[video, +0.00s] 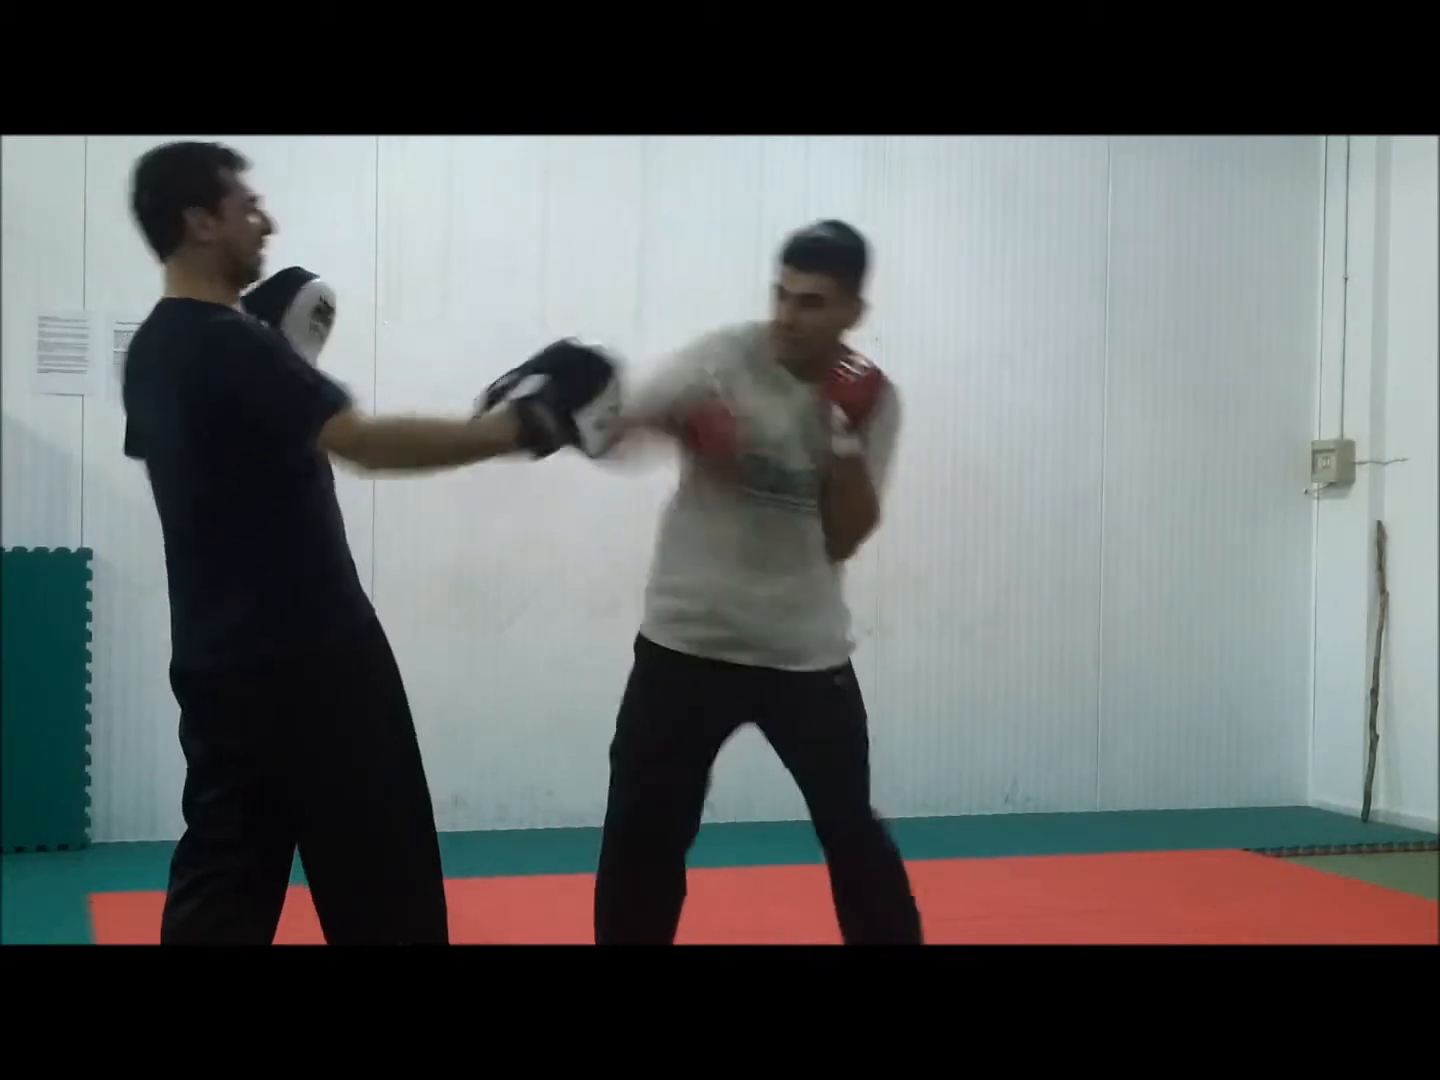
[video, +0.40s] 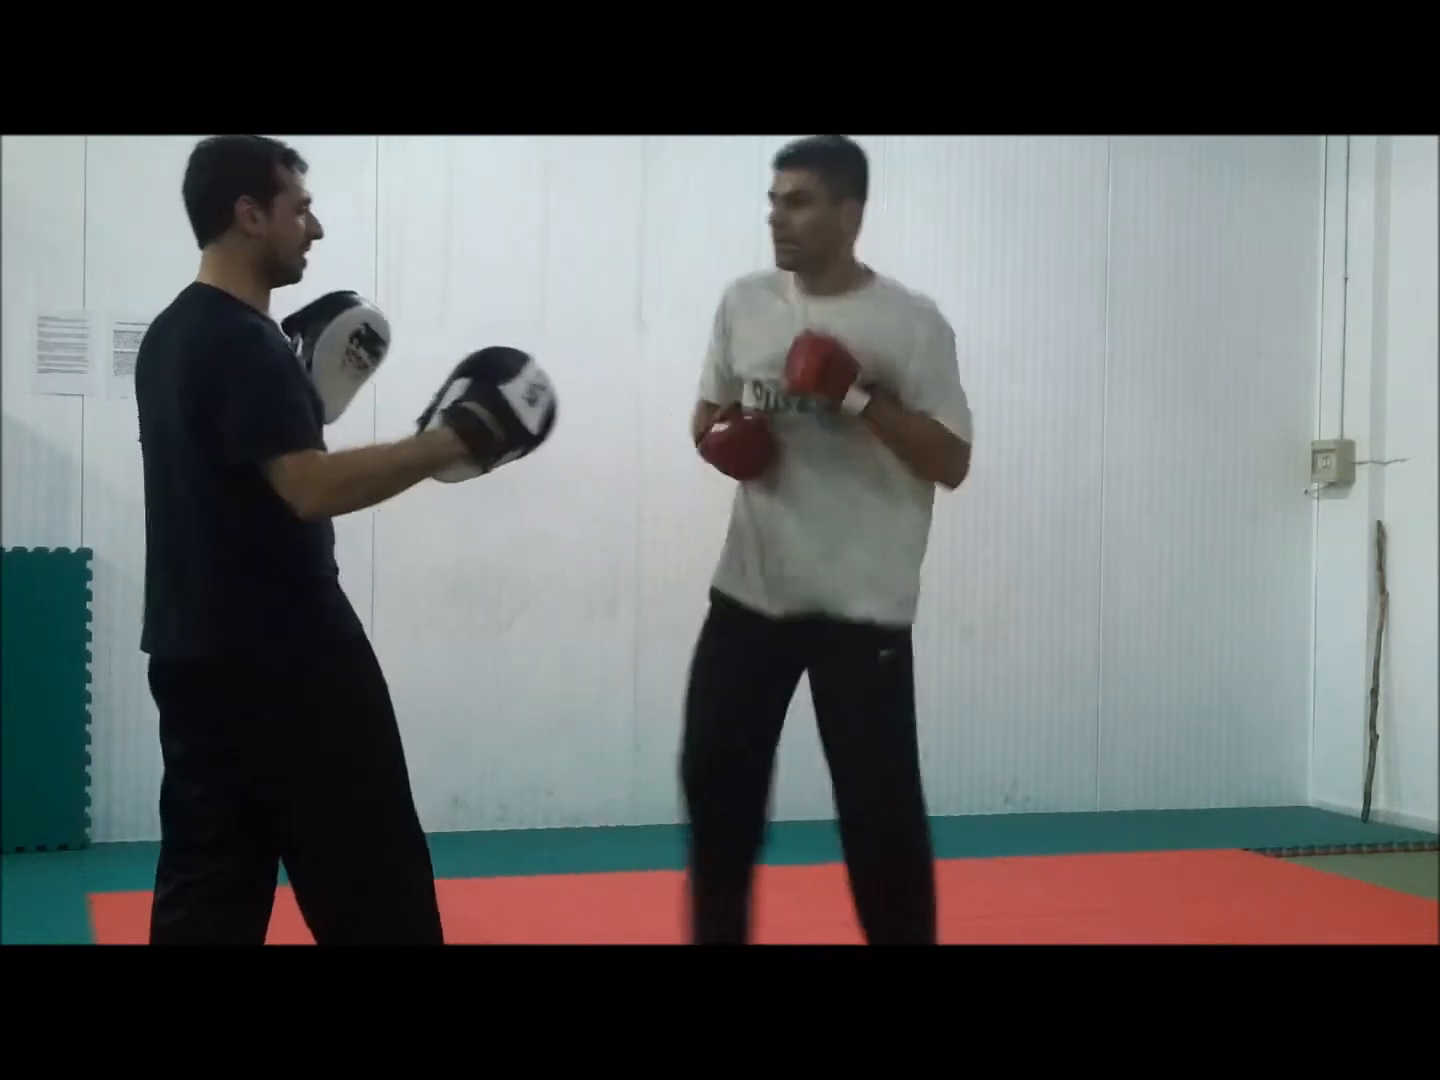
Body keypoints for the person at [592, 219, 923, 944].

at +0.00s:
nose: (789, 316)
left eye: (813, 302)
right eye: (783, 295)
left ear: (855, 310)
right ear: (773, 291)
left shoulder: (869, 399)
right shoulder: (721, 358)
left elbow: (844, 538)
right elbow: (604, 426)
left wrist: (846, 427)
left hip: (806, 659)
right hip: (687, 648)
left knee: (854, 839)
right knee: (638, 850)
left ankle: (894, 946)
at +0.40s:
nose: (778, 218)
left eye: (798, 202)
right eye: (773, 202)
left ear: (851, 211)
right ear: (770, 210)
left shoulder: (913, 323)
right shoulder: (745, 304)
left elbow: (951, 462)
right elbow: (712, 408)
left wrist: (861, 396)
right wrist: (721, 437)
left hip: (864, 603)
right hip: (752, 593)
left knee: (881, 812)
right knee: (717, 790)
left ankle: (904, 942)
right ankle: (717, 938)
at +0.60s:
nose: (735, 317)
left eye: (750, 298)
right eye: (731, 300)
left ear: (803, 296)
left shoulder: (876, 387)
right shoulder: (770, 396)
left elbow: (849, 535)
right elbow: (758, 533)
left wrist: (796, 439)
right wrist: (718, 453)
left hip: (877, 661)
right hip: (789, 654)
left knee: (907, 862)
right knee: (689, 806)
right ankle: (686, 945)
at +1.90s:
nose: (720, 304)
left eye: (737, 287)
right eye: (719, 288)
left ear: (792, 289)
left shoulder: (864, 387)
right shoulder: (739, 396)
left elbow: (862, 531)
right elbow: (723, 533)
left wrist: (775, 442)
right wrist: (686, 478)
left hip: (850, 669)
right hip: (742, 673)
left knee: (894, 862)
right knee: (653, 850)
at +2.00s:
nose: (751, 291)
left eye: (769, 274)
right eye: (750, 276)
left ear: (826, 278)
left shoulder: (894, 379)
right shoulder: (760, 385)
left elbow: (884, 522)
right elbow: (739, 524)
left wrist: (808, 417)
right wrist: (717, 446)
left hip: (870, 657)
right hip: (762, 656)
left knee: (909, 851)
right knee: (678, 823)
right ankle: (641, 943)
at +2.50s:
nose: (723, 307)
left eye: (737, 289)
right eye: (721, 292)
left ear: (791, 287)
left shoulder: (862, 377)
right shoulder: (772, 398)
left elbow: (841, 528)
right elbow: (760, 532)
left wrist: (768, 432)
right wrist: (710, 452)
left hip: (867, 660)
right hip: (776, 658)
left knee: (904, 855)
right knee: (690, 829)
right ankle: (656, 947)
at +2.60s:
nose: (668, 339)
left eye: (679, 319)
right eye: (664, 324)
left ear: (730, 312)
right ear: (728, 320)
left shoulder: (763, 386)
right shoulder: (767, 387)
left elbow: (758, 529)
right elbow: (755, 527)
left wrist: (687, 470)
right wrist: (676, 486)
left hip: (818, 666)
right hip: (753, 664)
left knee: (865, 849)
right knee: (673, 844)